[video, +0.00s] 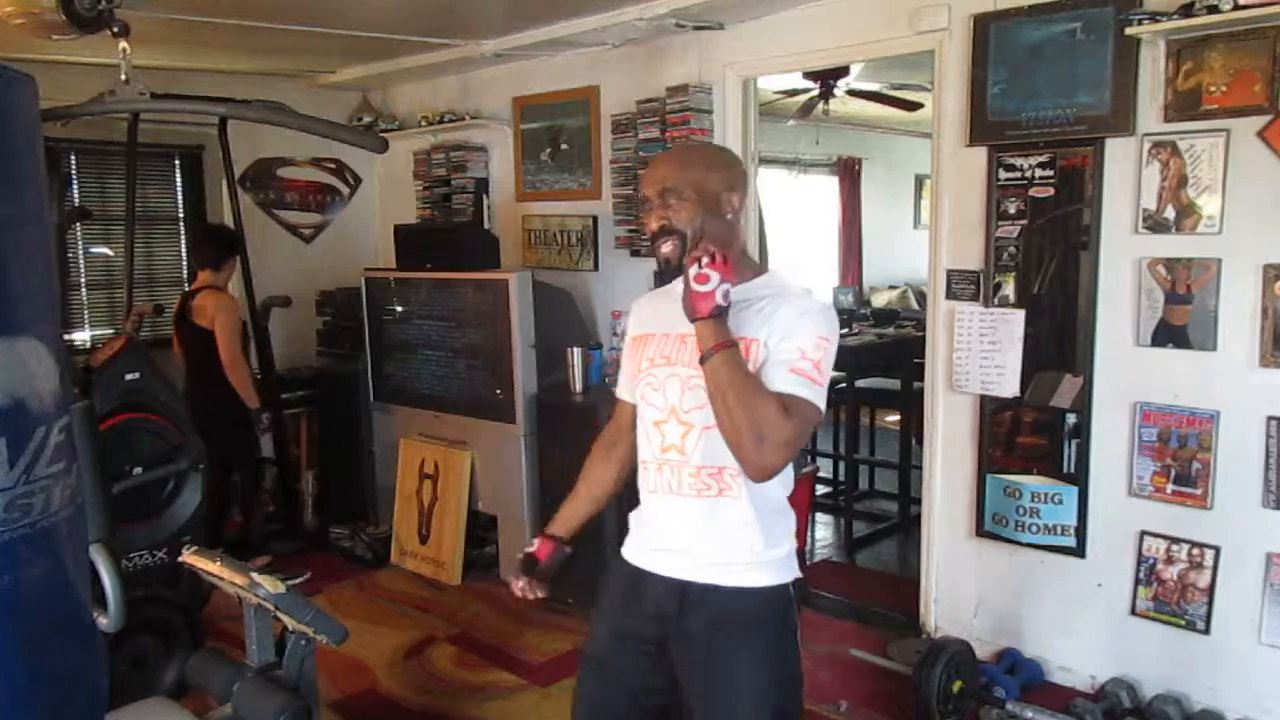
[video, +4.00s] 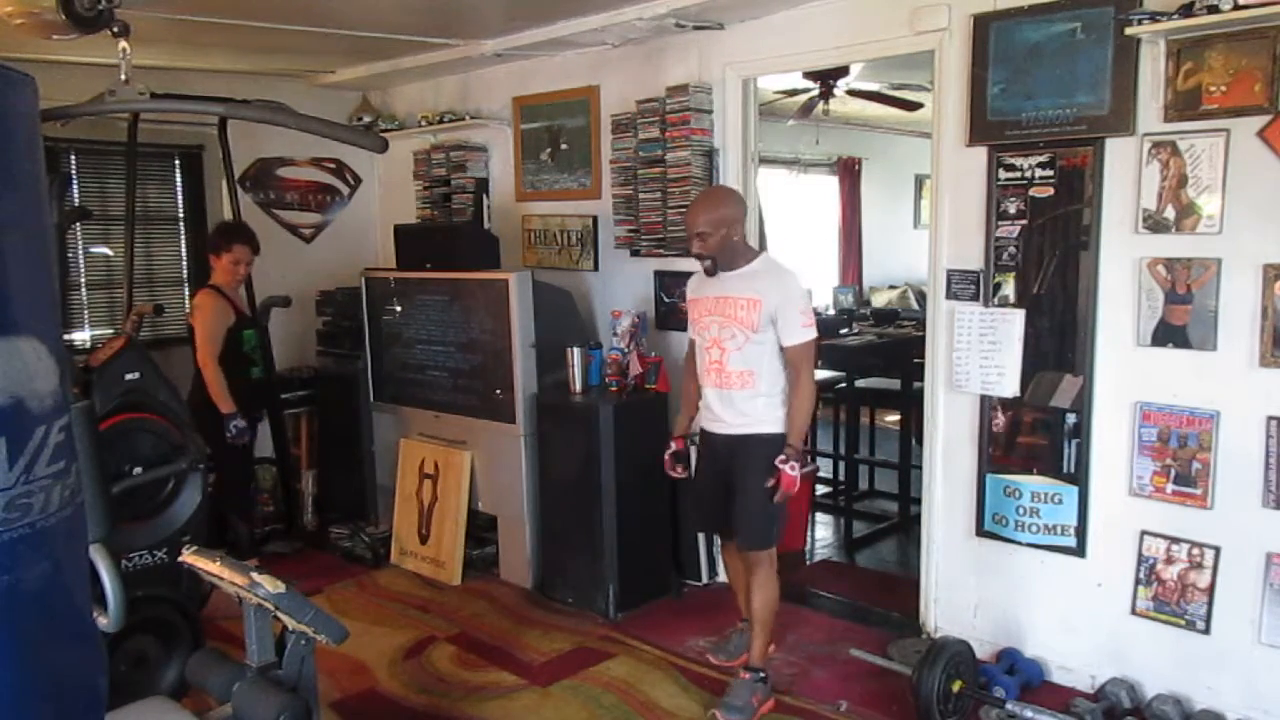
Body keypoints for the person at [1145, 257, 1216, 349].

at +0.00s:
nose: (1182, 272)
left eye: (1184, 269)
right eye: (1180, 269)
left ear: (1188, 272)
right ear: (1175, 271)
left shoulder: (1192, 287)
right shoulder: (1168, 286)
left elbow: (1213, 268)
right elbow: (1151, 266)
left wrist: (1196, 262)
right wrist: (1165, 260)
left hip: (1181, 329)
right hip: (1164, 328)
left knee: (1191, 358)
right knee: (1154, 356)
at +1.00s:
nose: (1181, 272)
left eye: (1184, 269)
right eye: (1177, 269)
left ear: (1188, 272)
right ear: (1173, 272)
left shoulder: (1191, 287)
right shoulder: (1168, 286)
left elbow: (1212, 269)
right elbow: (1151, 265)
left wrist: (1196, 262)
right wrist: (1165, 261)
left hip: (1182, 329)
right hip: (1165, 327)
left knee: (1189, 358)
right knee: (1155, 357)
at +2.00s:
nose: (1181, 272)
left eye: (1184, 269)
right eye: (1178, 269)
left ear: (1188, 272)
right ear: (1173, 272)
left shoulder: (1191, 287)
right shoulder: (1168, 286)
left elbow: (1213, 268)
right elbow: (1151, 265)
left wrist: (1194, 262)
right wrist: (1166, 261)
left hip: (1181, 329)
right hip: (1165, 327)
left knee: (1189, 358)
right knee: (1155, 356)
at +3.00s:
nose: (1179, 273)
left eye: (1183, 270)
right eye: (1177, 270)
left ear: (1188, 273)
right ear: (1173, 272)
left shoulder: (1191, 287)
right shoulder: (1168, 286)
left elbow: (1213, 268)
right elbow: (1151, 265)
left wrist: (1195, 262)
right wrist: (1166, 262)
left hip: (1181, 329)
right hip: (1165, 328)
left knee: (1190, 357)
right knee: (1154, 356)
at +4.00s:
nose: (1179, 273)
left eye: (1183, 269)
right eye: (1176, 270)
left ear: (1188, 273)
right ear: (1172, 272)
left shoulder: (1191, 287)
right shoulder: (1168, 286)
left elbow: (1213, 268)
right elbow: (1151, 265)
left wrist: (1195, 262)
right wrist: (1166, 262)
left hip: (1181, 329)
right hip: (1164, 328)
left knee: (1191, 357)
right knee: (1154, 356)